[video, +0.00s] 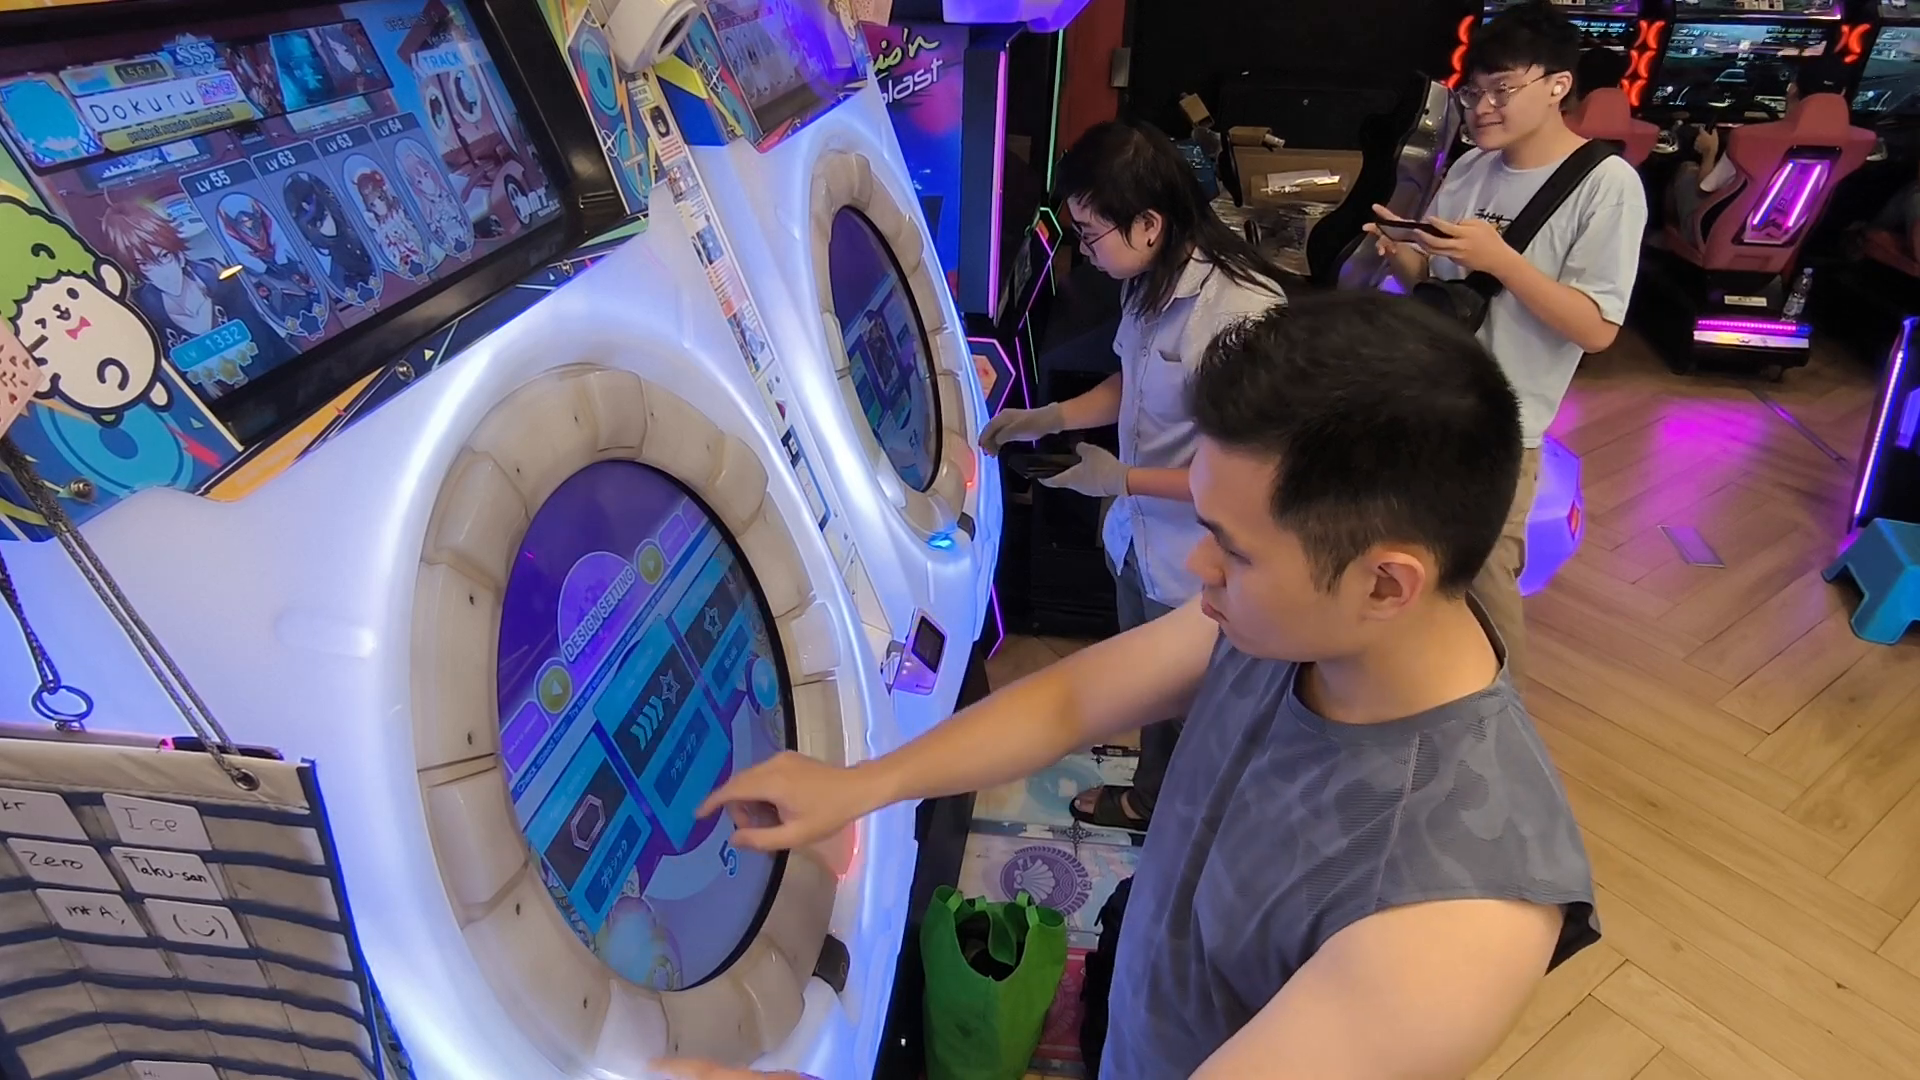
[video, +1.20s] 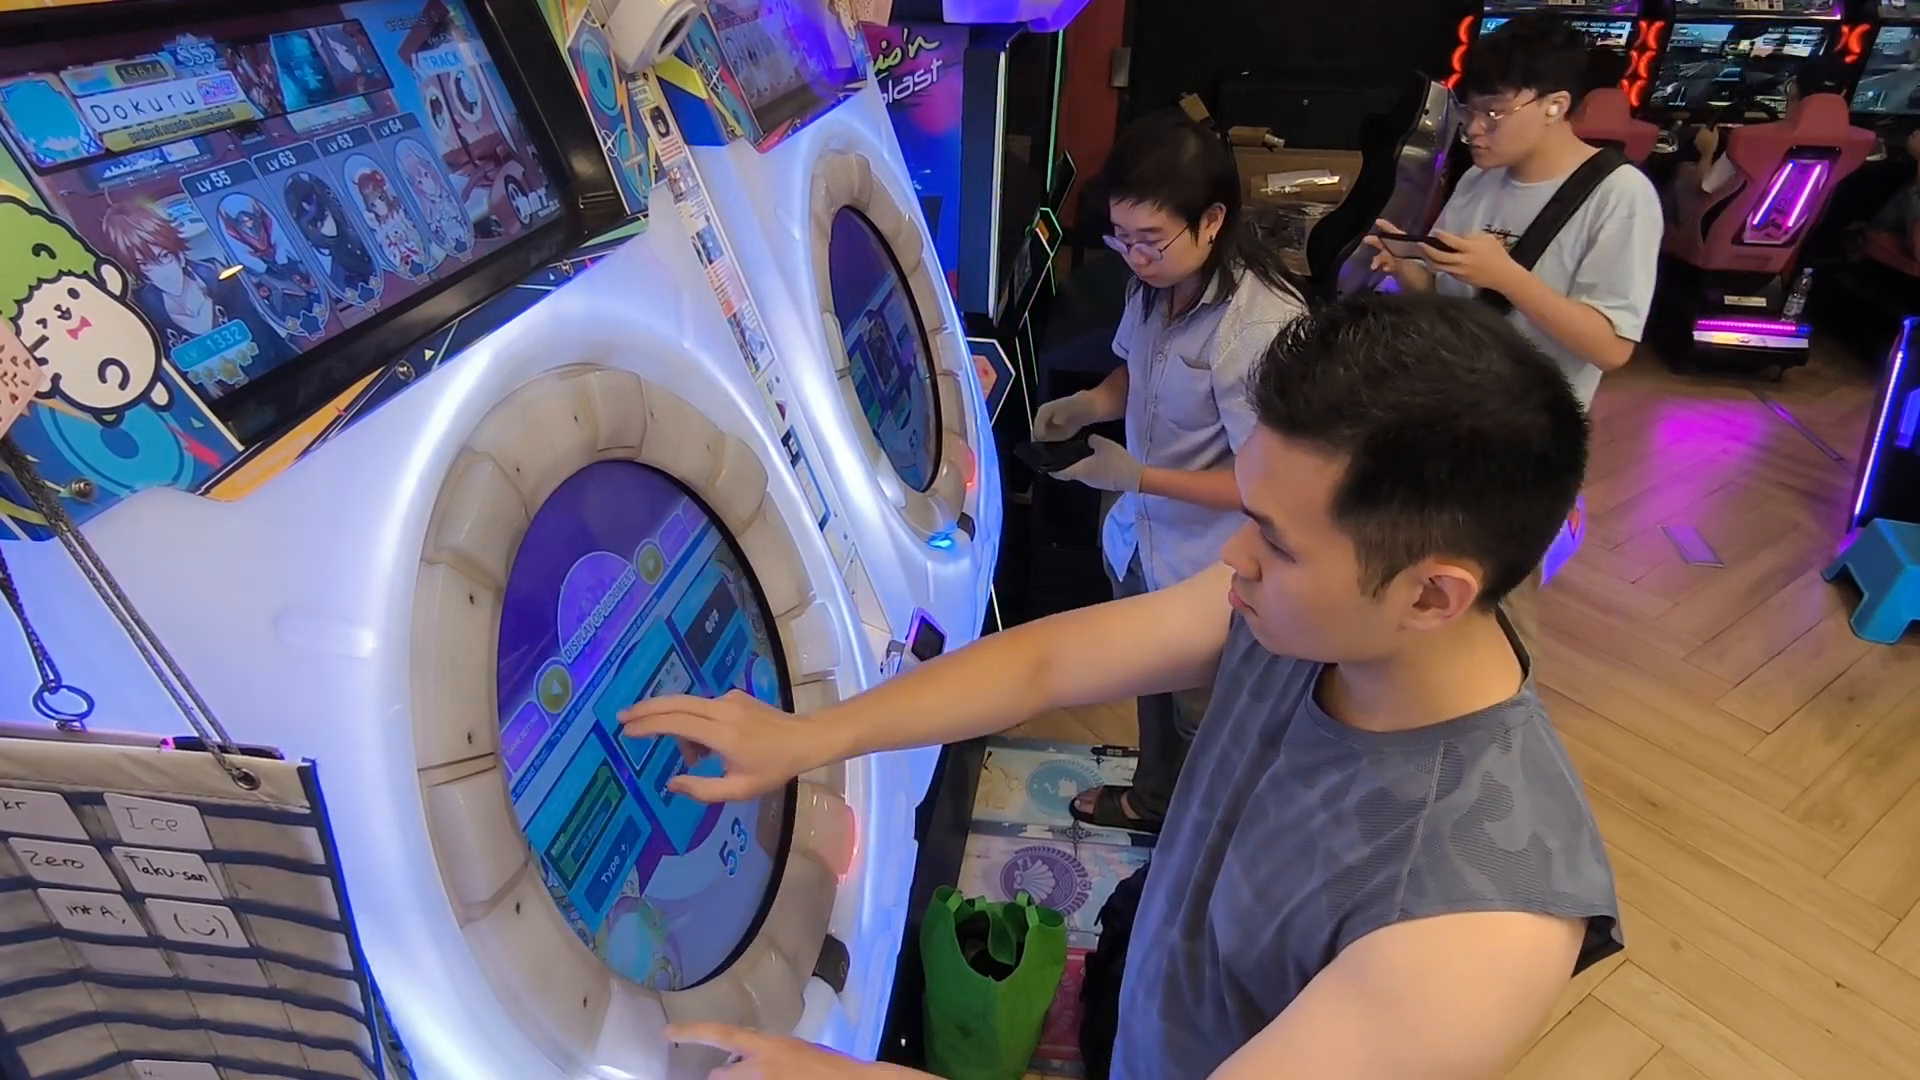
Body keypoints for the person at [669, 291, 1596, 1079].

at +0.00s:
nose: (1189, 563)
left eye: (1229, 551)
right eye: (1203, 522)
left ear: (1389, 585)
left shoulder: (1457, 905)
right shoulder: (1292, 607)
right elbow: (1070, 702)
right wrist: (861, 784)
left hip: (1179, 1071)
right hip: (1129, 987)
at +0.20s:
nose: (1205, 557)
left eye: (1252, 544)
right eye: (1221, 517)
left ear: (1409, 587)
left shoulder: (1465, 908)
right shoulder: (1288, 599)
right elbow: (1041, 668)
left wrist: (841, 1074)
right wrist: (807, 726)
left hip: (1195, 1071)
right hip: (1128, 994)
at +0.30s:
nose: (1214, 556)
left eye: (1262, 544)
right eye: (1230, 514)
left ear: (1420, 585)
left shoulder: (1470, 910)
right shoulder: (1280, 592)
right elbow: (1027, 660)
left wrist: (859, 1078)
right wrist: (772, 712)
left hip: (1201, 1079)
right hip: (1131, 1008)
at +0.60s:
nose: (1223, 561)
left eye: (1276, 551)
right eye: (1241, 517)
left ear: (1435, 596)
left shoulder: (1474, 909)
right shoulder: (1287, 596)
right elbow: (1050, 693)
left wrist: (831, 1072)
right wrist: (844, 801)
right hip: (1132, 1017)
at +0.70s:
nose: (1221, 560)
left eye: (1272, 549)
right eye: (1239, 516)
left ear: (1431, 593)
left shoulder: (1473, 909)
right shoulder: (1290, 604)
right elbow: (1067, 712)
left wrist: (808, 1070)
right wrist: (869, 830)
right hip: (1132, 1022)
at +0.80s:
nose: (1217, 557)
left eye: (1266, 543)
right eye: (1234, 514)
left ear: (1426, 590)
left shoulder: (1473, 904)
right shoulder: (1288, 611)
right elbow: (1071, 713)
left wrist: (868, 1074)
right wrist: (867, 826)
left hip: (1196, 1076)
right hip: (1130, 1020)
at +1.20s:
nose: (1225, 554)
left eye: (1276, 544)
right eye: (1244, 512)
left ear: (1435, 595)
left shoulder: (1479, 915)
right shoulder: (1298, 594)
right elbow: (1049, 662)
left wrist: (878, 1076)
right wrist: (809, 736)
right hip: (1138, 988)